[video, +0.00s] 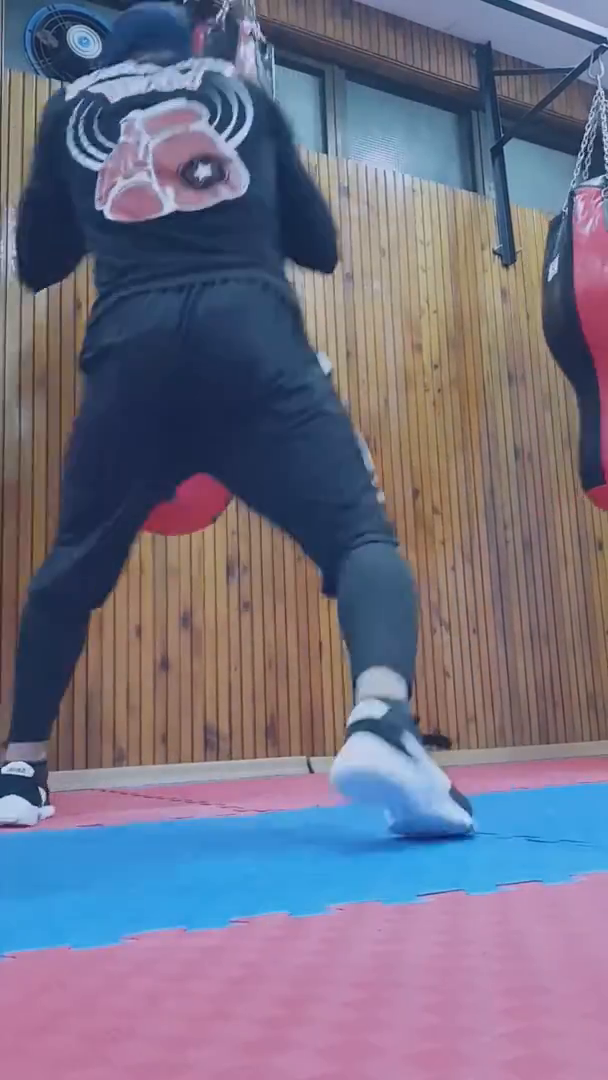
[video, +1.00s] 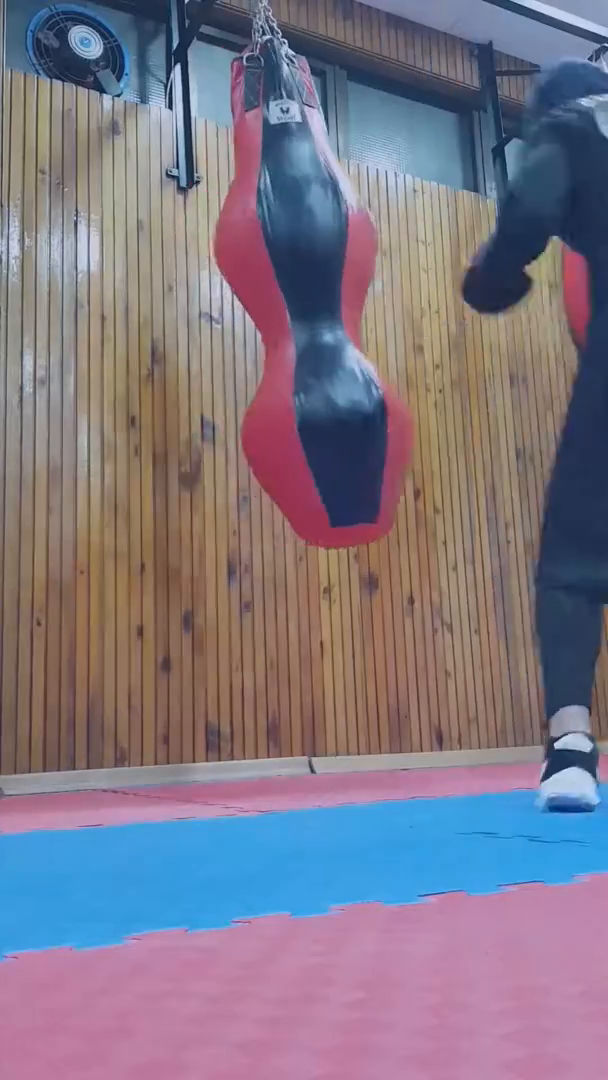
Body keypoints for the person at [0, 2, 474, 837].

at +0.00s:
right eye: (207, 29)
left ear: (114, 50)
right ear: (197, 37)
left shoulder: (71, 112)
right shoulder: (244, 94)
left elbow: (36, 262)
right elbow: (318, 245)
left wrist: (105, 176)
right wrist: (229, 186)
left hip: (130, 342)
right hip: (248, 326)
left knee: (78, 557)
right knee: (357, 535)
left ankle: (19, 765)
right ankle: (382, 716)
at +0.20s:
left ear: (229, 2)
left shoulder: (194, 65)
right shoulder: (358, 20)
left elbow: (136, 209)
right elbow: (404, 201)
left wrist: (204, 273)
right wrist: (314, 143)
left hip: (215, 289)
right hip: (324, 267)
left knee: (185, 545)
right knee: (410, 517)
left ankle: (77, 755)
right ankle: (353, 772)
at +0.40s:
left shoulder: (275, 32)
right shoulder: (471, 12)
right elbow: (492, 160)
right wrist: (474, 208)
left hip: (307, 234)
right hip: (415, 216)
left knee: (337, 501)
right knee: (424, 486)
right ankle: (350, 765)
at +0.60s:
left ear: (398, 10)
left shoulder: (376, 61)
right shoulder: (559, 34)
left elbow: (332, 231)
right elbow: (590, 164)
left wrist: (315, 183)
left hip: (435, 267)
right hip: (549, 246)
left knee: (497, 508)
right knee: (568, 502)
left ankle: (554, 748)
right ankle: (440, 672)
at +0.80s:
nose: (425, 122)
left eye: (423, 110)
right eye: (424, 110)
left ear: (443, 93)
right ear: (493, 68)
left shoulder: (451, 131)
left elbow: (460, 300)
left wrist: (419, 219)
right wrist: (431, 217)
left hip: (557, 309)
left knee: (540, 536)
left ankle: (559, 751)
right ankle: (561, 748)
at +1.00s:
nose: (528, 129)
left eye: (532, 116)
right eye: (531, 120)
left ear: (556, 105)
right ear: (587, 98)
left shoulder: (565, 129)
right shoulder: (574, 132)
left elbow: (532, 211)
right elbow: (534, 211)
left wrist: (491, 280)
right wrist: (497, 274)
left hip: (602, 366)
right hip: (592, 368)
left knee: (577, 545)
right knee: (574, 543)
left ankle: (572, 744)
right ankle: (571, 742)